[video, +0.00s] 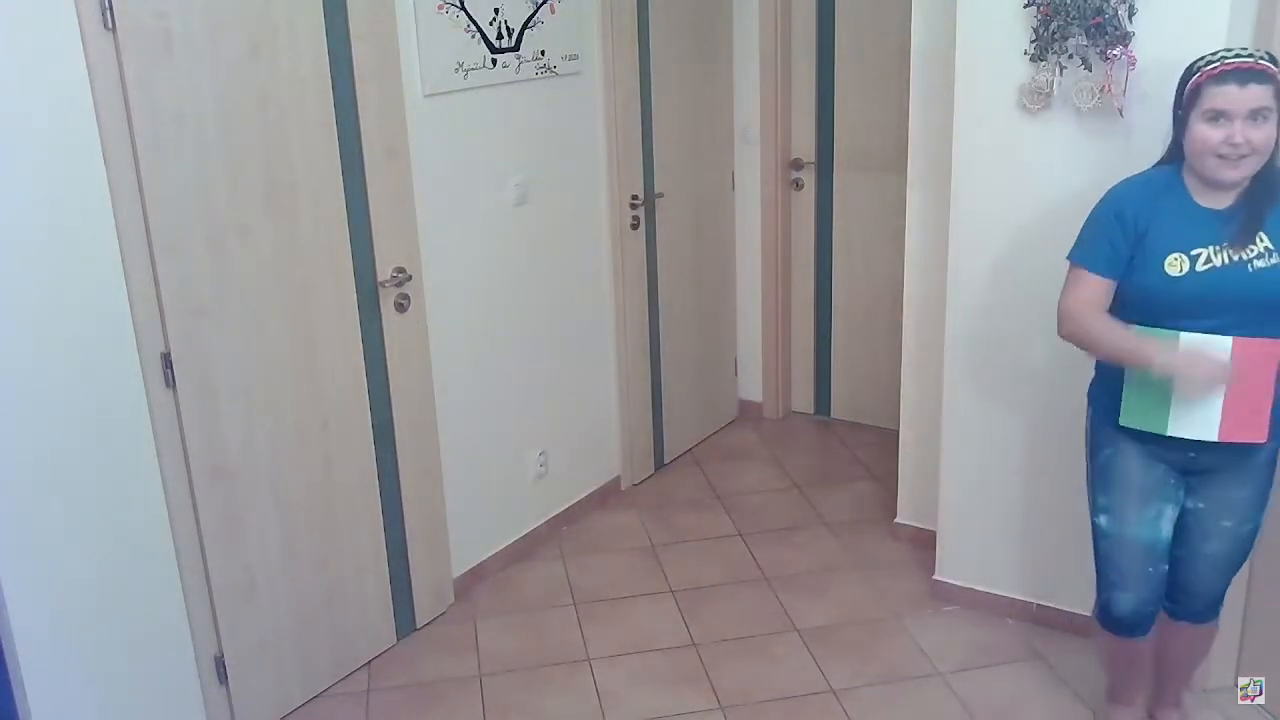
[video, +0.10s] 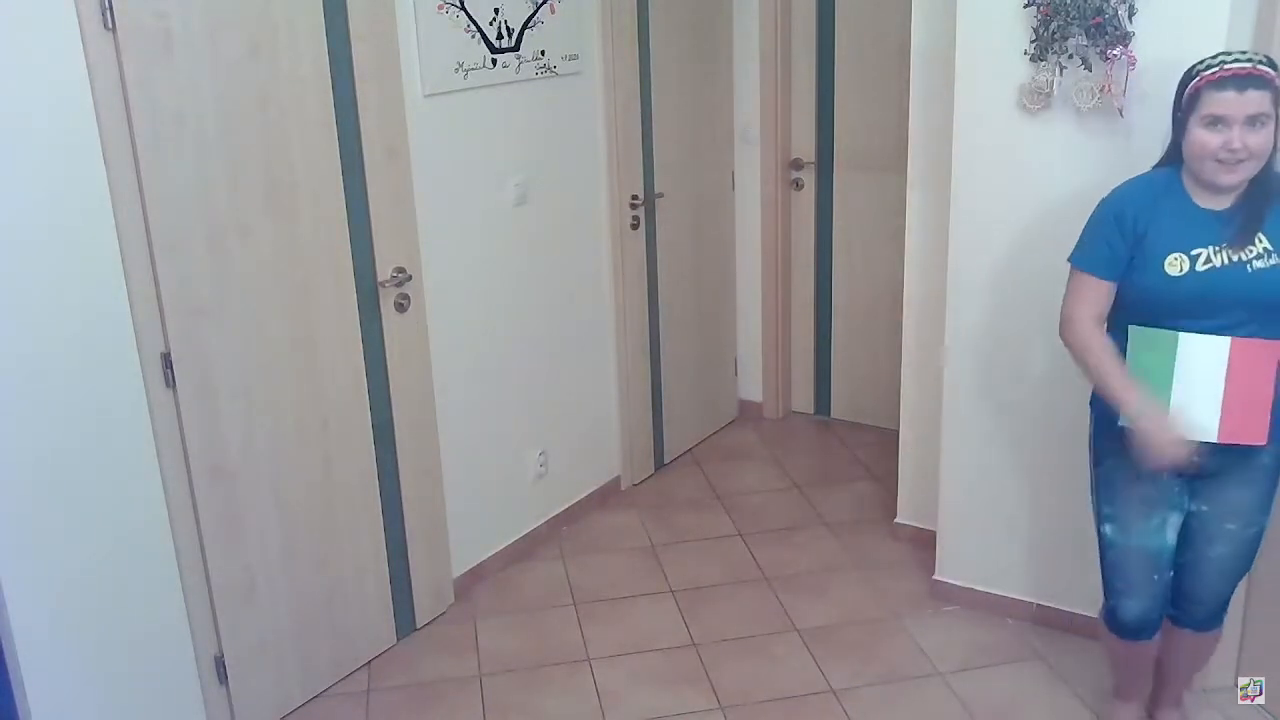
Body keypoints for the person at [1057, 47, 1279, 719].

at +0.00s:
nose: (1236, 136)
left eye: (1255, 117)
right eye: (1216, 117)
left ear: (1277, 128)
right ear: (1183, 126)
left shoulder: (1275, 212)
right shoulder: (1134, 203)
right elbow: (1075, 315)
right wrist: (1168, 358)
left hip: (1244, 443)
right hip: (1136, 434)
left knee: (1197, 602)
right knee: (1127, 605)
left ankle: (1171, 704)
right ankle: (1123, 706)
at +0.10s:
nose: (1234, 141)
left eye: (1254, 123)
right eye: (1215, 122)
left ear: (1274, 132)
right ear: (1182, 128)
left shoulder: (1276, 214)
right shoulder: (1132, 208)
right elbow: (1079, 321)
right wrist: (1142, 413)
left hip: (1249, 445)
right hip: (1142, 436)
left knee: (1201, 609)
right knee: (1133, 611)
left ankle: (1171, 704)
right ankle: (1127, 703)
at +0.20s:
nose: (1229, 142)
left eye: (1248, 124)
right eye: (1210, 124)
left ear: (1270, 133)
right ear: (1179, 131)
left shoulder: (1277, 213)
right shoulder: (1127, 213)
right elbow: (1070, 327)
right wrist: (1054, 439)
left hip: (1250, 452)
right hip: (1141, 444)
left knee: (1207, 610)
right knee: (1146, 615)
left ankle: (1171, 702)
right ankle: (1129, 700)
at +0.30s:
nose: (1221, 126)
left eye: (1241, 109)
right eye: (1202, 109)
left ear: (1262, 122)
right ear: (1171, 120)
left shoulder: (1272, 206)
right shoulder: (1118, 205)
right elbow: (1042, 298)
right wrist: (978, 378)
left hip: (1250, 437)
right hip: (1143, 431)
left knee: (1204, 595)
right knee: (1153, 606)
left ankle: (1171, 701)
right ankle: (1127, 702)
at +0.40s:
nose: (1206, 121)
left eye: (1226, 105)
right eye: (1187, 104)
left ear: (1248, 117)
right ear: (1158, 115)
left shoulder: (1270, 199)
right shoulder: (1107, 195)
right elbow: (1024, 266)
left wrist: (1256, 290)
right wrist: (939, 321)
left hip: (1241, 432)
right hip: (1134, 428)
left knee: (1199, 594)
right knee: (1142, 609)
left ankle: (1171, 704)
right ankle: (1115, 694)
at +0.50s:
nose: (1194, 125)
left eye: (1214, 108)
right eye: (1175, 108)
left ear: (1237, 119)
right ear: (1147, 119)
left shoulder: (1269, 203)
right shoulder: (1098, 197)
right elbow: (1013, 263)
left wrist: (1250, 340)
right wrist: (920, 306)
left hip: (1228, 443)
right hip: (1121, 438)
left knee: (1195, 604)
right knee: (1125, 607)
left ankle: (1173, 705)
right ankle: (1111, 698)